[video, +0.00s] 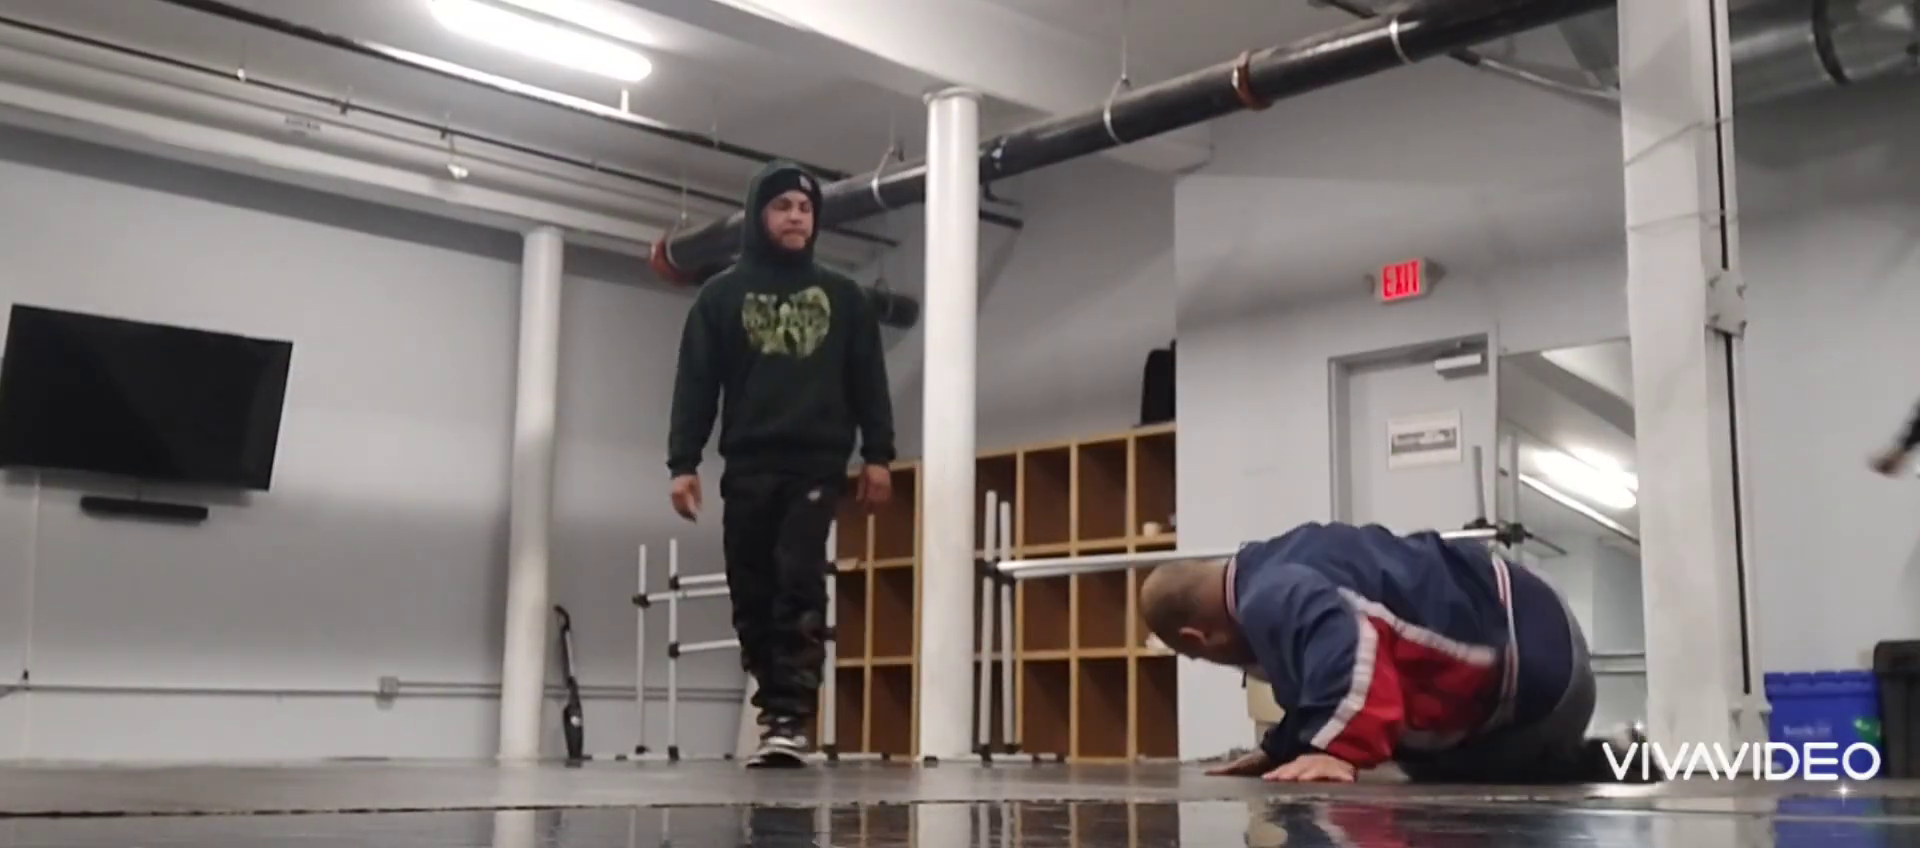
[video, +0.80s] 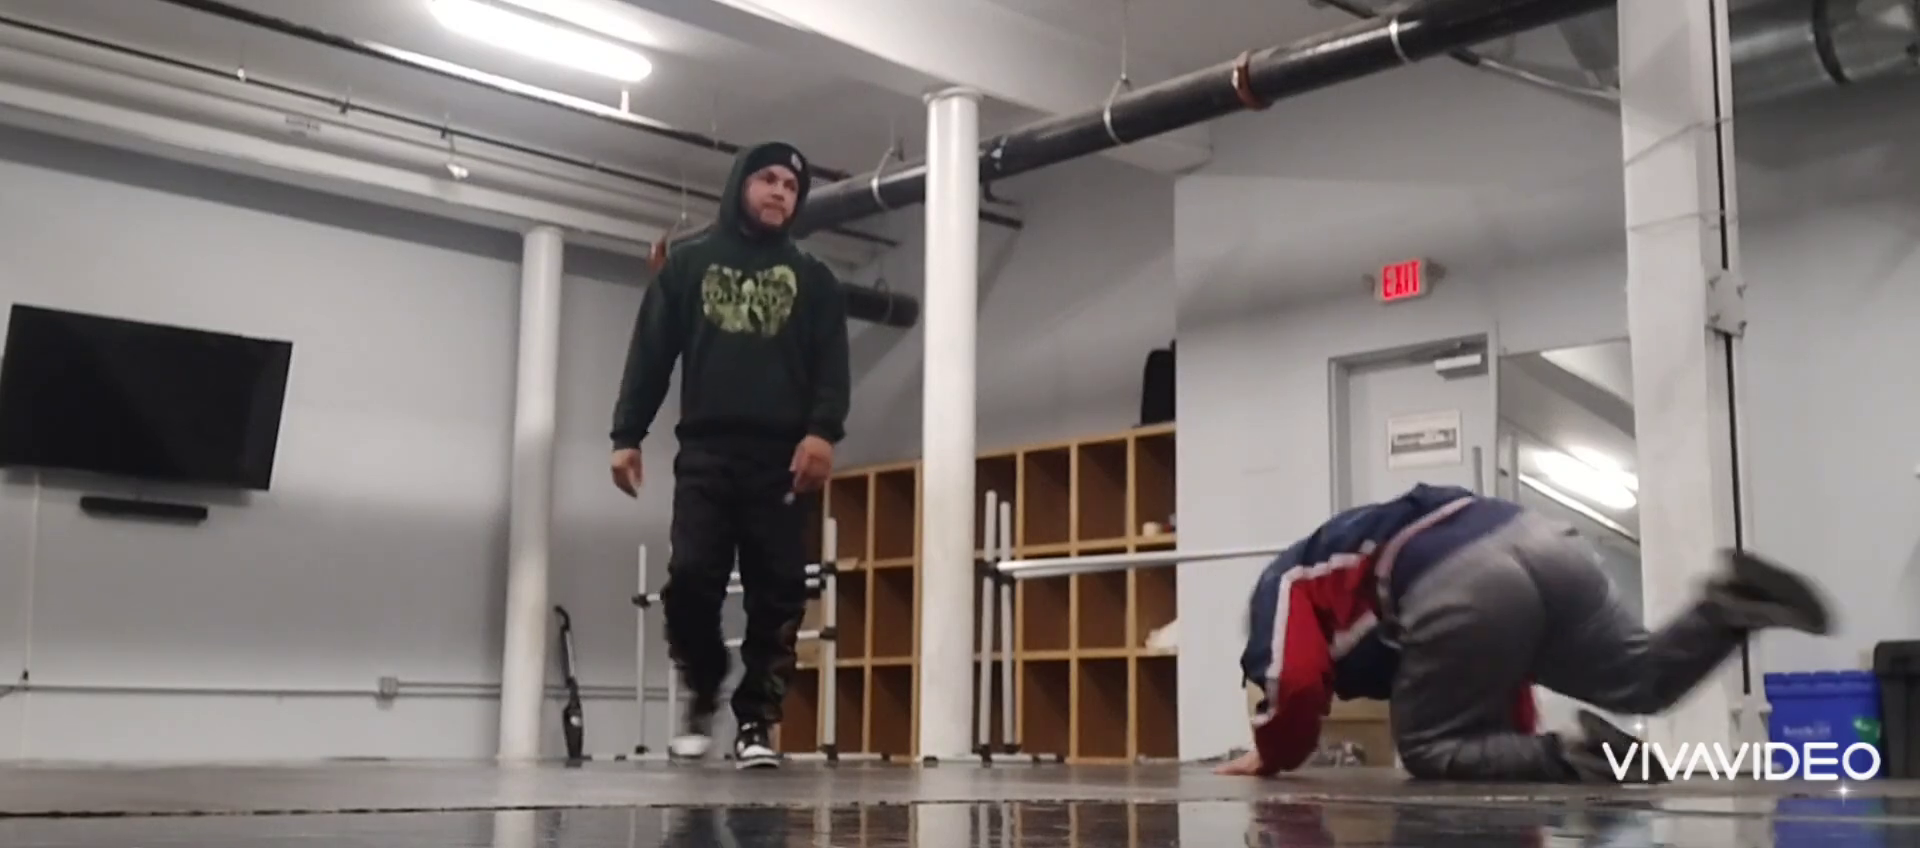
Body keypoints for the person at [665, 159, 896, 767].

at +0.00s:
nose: (797, 217)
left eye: (805, 208)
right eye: (784, 206)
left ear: (815, 219)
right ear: (758, 217)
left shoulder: (844, 294)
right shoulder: (721, 295)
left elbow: (869, 379)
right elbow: (696, 383)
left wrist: (878, 455)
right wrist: (684, 464)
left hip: (818, 463)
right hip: (749, 463)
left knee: (798, 581)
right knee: (752, 591)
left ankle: (793, 722)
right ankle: (775, 717)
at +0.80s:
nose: (780, 191)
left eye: (791, 186)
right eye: (768, 179)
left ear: (797, 202)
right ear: (739, 185)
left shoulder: (812, 276)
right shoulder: (689, 263)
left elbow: (833, 364)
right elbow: (651, 352)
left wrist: (823, 432)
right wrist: (628, 435)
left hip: (781, 452)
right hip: (706, 448)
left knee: (778, 591)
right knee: (690, 580)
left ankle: (756, 724)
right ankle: (702, 691)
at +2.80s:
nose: (742, 208)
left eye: (747, 199)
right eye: (730, 195)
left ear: (745, 211)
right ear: (696, 198)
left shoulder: (735, 287)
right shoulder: (654, 269)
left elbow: (749, 382)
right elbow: (648, 368)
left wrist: (759, 469)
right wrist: (672, 448)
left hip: (725, 458)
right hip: (664, 454)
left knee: (704, 602)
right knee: (648, 589)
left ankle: (684, 731)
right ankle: (626, 725)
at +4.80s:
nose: (759, 245)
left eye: (764, 237)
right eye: (748, 233)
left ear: (766, 249)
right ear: (716, 237)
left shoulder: (765, 322)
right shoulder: (674, 304)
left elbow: (780, 406)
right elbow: (655, 388)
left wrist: (789, 476)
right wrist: (668, 465)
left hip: (754, 490)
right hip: (694, 485)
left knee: (751, 619)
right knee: (668, 613)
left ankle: (756, 734)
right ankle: (646, 735)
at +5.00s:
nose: (789, 251)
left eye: (794, 244)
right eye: (779, 239)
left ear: (795, 255)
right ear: (748, 241)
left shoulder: (787, 325)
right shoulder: (707, 308)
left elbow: (804, 409)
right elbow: (697, 394)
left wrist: (817, 481)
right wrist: (711, 471)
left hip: (785, 489)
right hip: (730, 485)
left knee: (770, 615)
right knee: (703, 607)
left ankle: (758, 735)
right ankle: (655, 732)